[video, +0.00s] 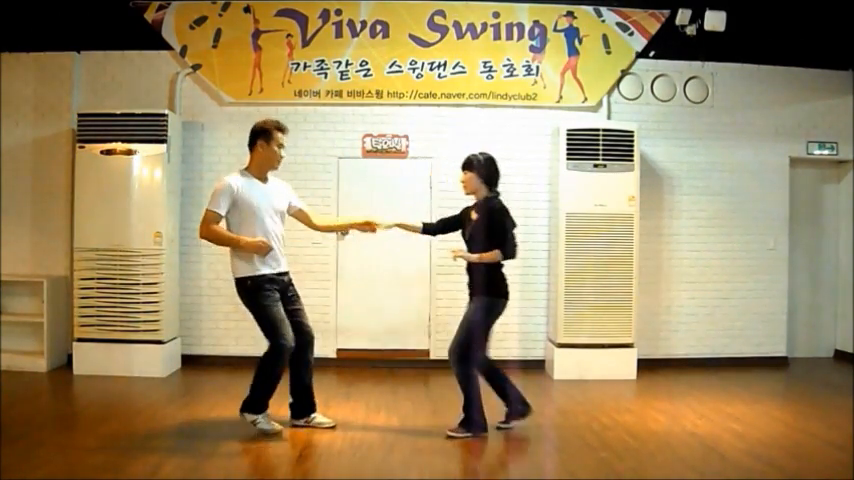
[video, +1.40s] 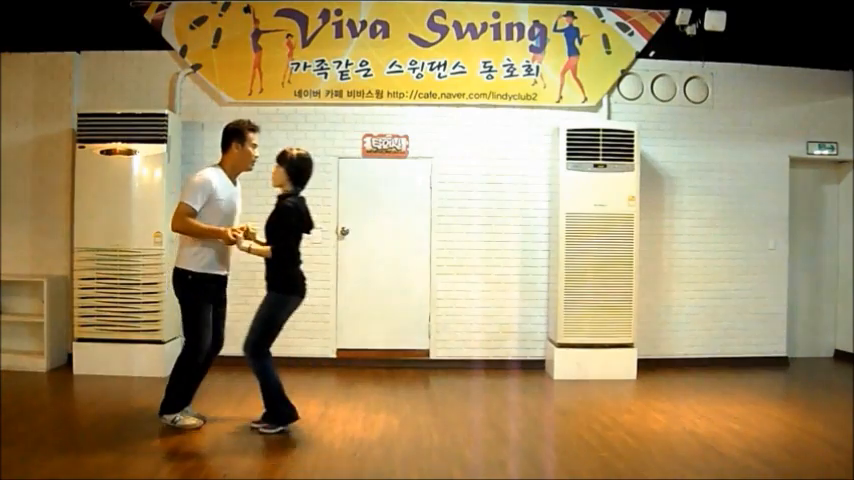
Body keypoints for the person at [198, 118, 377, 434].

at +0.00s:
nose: (283, 153)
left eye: (283, 147)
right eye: (279, 146)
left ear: (265, 149)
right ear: (259, 146)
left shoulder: (279, 188)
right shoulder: (231, 185)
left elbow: (316, 223)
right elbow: (207, 230)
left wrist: (355, 224)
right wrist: (246, 243)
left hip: (282, 277)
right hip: (254, 280)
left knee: (304, 338)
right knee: (283, 342)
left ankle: (302, 412)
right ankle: (253, 409)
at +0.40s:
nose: (273, 154)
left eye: (274, 149)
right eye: (269, 147)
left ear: (259, 149)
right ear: (249, 145)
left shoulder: (261, 189)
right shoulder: (221, 181)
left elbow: (299, 221)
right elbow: (216, 228)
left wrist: (339, 222)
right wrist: (260, 231)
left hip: (252, 276)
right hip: (227, 277)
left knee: (278, 334)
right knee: (255, 342)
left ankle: (270, 408)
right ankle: (247, 418)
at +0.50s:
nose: (266, 154)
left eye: (267, 148)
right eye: (262, 147)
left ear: (251, 149)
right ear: (241, 146)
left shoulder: (253, 189)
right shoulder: (216, 182)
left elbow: (286, 226)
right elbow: (216, 232)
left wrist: (329, 227)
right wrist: (263, 234)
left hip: (246, 276)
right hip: (222, 278)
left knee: (266, 338)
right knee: (253, 342)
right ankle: (247, 416)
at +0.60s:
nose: (259, 155)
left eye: (260, 149)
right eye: (255, 148)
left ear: (245, 151)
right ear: (234, 147)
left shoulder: (249, 192)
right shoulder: (211, 185)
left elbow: (272, 233)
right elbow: (212, 237)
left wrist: (314, 236)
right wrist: (258, 241)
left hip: (240, 279)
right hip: (217, 280)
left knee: (242, 345)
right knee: (250, 341)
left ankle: (188, 394)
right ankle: (247, 417)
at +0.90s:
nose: (246, 153)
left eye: (247, 147)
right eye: (242, 145)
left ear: (228, 148)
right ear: (222, 145)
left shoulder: (233, 186)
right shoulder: (197, 181)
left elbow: (241, 233)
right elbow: (194, 233)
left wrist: (276, 235)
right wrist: (240, 235)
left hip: (214, 274)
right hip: (193, 274)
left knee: (197, 344)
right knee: (220, 337)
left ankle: (169, 408)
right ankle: (201, 410)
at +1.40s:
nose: (256, 155)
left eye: (256, 148)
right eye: (252, 147)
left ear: (236, 149)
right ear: (232, 147)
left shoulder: (233, 186)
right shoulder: (205, 179)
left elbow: (217, 226)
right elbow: (178, 222)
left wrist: (239, 232)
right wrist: (221, 233)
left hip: (215, 278)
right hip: (192, 276)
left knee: (214, 343)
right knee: (198, 343)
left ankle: (180, 405)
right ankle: (171, 410)